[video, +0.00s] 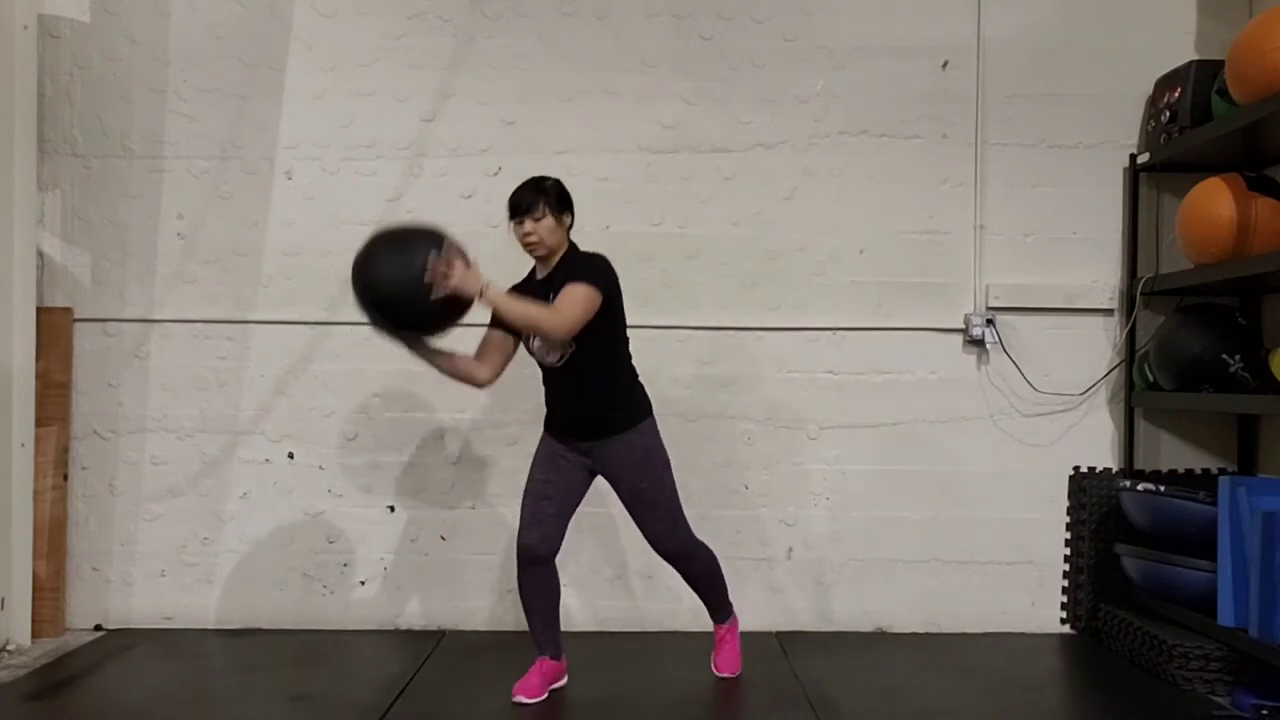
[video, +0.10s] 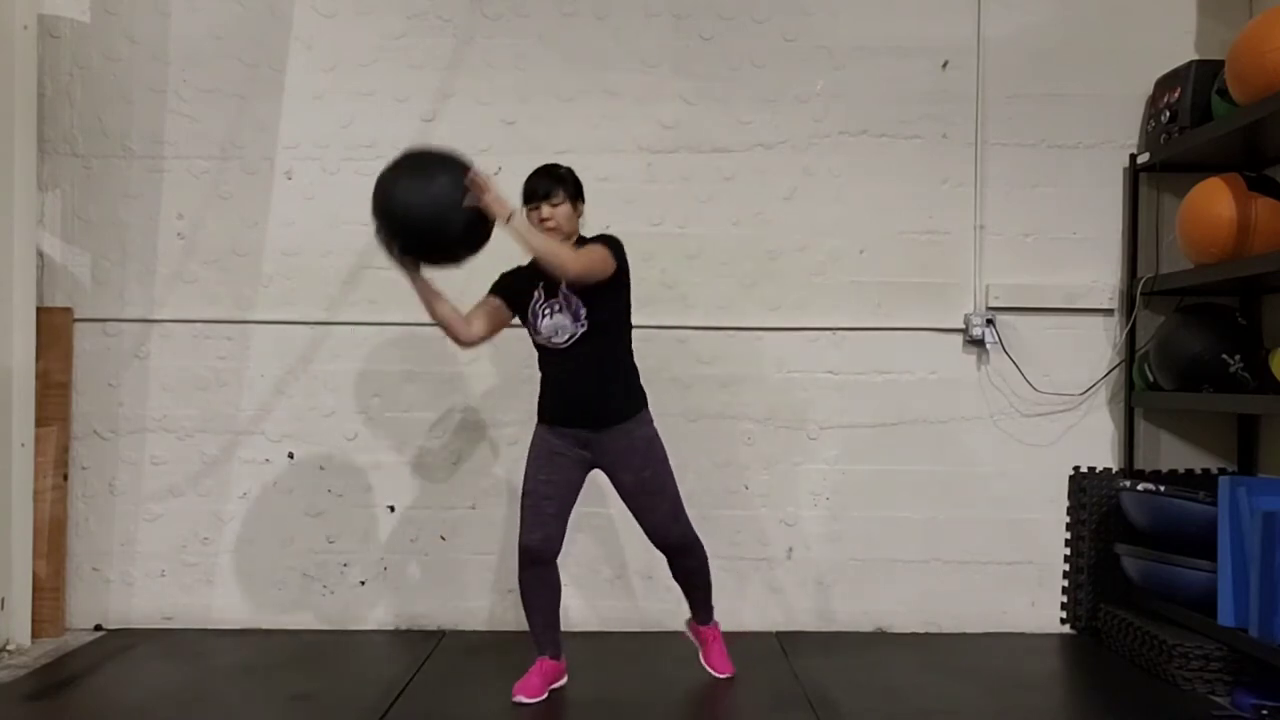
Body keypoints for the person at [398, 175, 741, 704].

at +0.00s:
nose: (528, 232)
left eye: (538, 219)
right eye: (519, 223)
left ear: (565, 219)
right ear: (514, 231)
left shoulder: (593, 271)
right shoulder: (519, 294)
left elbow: (558, 325)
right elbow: (482, 371)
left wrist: (482, 290)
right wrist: (417, 341)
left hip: (625, 435)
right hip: (564, 439)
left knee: (673, 542)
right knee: (534, 547)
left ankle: (725, 623)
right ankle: (549, 659)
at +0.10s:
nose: (545, 212)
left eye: (556, 202)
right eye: (535, 206)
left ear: (579, 209)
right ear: (526, 217)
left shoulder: (606, 252)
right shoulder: (522, 280)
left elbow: (567, 265)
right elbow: (466, 331)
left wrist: (506, 215)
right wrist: (412, 271)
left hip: (624, 428)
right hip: (558, 433)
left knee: (675, 536)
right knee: (535, 547)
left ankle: (705, 623)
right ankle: (549, 658)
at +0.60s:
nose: (643, 216)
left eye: (643, 206)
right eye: (632, 203)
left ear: (620, 209)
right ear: (605, 207)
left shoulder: (622, 256)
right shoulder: (595, 256)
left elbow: (659, 194)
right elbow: (630, 185)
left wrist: (627, 131)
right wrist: (612, 108)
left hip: (635, 429)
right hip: (608, 428)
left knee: (670, 534)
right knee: (593, 548)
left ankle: (671, 648)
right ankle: (501, 645)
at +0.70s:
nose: (657, 218)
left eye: (655, 208)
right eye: (652, 208)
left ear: (614, 210)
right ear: (631, 211)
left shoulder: (610, 255)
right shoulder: (623, 253)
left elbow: (672, 194)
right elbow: (683, 191)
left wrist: (660, 118)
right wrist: (662, 113)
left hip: (621, 429)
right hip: (622, 430)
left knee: (674, 529)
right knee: (593, 554)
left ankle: (673, 648)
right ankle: (506, 652)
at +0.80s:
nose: (671, 229)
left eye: (670, 221)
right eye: (668, 220)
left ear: (624, 215)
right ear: (651, 219)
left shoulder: (603, 265)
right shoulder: (641, 264)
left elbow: (695, 228)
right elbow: (718, 216)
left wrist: (715, 150)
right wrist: (713, 140)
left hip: (600, 434)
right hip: (624, 438)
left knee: (675, 525)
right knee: (594, 564)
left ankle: (674, 648)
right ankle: (505, 657)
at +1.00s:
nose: (689, 278)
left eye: (690, 268)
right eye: (689, 268)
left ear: (644, 262)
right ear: (674, 264)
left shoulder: (619, 306)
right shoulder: (667, 314)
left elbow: (681, 337)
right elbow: (738, 352)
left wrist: (712, 316)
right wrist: (780, 302)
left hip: (589, 465)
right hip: (601, 471)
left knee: (680, 532)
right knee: (607, 602)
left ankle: (671, 649)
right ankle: (492, 660)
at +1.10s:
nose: (700, 303)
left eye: (701, 294)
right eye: (699, 293)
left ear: (655, 288)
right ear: (685, 289)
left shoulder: (628, 335)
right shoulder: (682, 348)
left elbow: (638, 418)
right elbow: (718, 430)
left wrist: (694, 459)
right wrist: (770, 456)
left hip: (589, 478)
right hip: (603, 486)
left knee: (684, 533)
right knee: (609, 619)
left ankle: (671, 649)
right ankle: (486, 661)